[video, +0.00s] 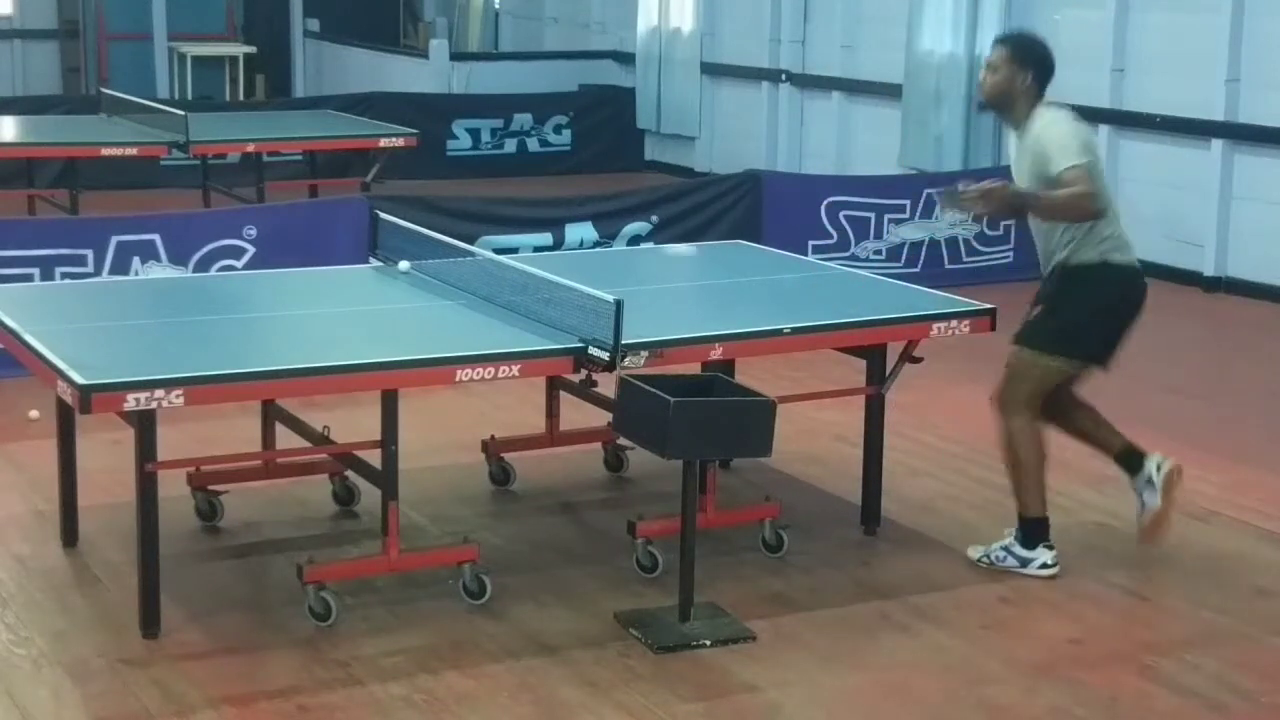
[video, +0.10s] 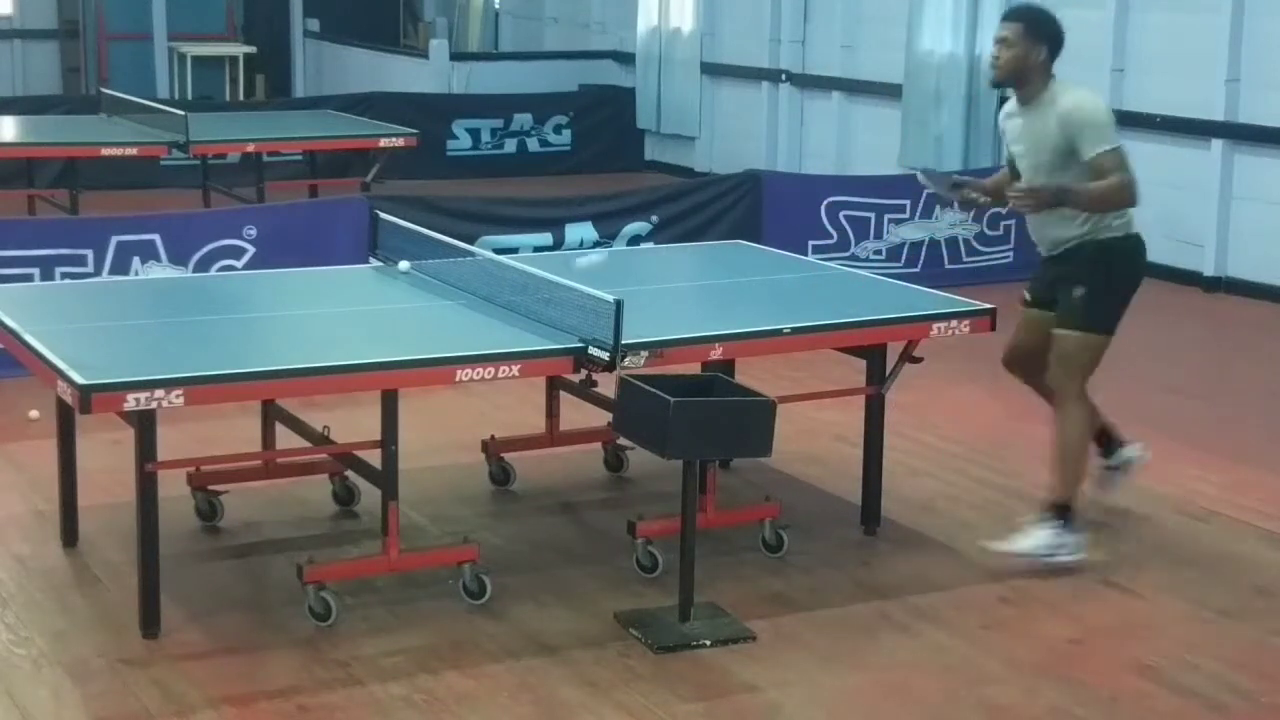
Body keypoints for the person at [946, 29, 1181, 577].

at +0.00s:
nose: (982, 78)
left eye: (993, 69)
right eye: (985, 68)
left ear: (1026, 79)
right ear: (1015, 80)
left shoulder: (1055, 126)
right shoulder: (1025, 134)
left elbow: (1088, 202)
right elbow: (1055, 207)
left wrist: (1016, 201)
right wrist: (996, 203)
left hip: (1099, 277)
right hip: (1083, 276)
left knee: (1015, 397)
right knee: (1044, 398)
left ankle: (1032, 542)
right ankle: (1144, 470)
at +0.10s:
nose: (995, 53)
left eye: (1007, 44)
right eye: (995, 44)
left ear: (1041, 53)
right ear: (1007, 54)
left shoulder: (1081, 108)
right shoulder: (1011, 114)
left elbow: (1123, 191)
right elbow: (1020, 175)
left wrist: (1057, 195)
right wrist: (978, 191)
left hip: (1106, 254)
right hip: (1060, 257)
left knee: (1065, 380)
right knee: (1023, 358)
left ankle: (1062, 522)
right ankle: (1114, 448)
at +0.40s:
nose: (1015, 120)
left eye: (1026, 112)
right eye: (1014, 110)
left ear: (1060, 118)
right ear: (1021, 113)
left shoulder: (1106, 170)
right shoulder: (1016, 170)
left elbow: (1144, 242)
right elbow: (1017, 240)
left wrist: (1076, 261)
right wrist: (980, 243)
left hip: (1117, 286)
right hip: (1058, 287)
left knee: (1113, 393)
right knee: (991, 360)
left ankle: (1188, 506)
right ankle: (1021, 443)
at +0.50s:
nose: (1012, 108)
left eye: (1023, 100)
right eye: (1011, 100)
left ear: (1057, 104)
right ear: (1014, 102)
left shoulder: (1103, 150)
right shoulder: (1020, 159)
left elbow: (1150, 224)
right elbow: (1024, 227)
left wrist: (1074, 240)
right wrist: (988, 239)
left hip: (1134, 268)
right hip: (1076, 271)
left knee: (1130, 379)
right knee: (1009, 347)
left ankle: (1204, 501)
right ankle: (1024, 438)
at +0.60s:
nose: (1021, 113)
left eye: (1032, 105)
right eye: (1019, 104)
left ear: (1066, 108)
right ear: (1022, 106)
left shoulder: (1108, 156)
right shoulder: (1032, 162)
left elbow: (1155, 232)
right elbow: (1040, 232)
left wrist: (1079, 239)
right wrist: (1008, 239)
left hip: (1139, 278)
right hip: (1084, 281)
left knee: (1135, 390)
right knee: (1021, 360)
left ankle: (1222, 502)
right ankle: (1050, 440)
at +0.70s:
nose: (1031, 114)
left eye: (1042, 106)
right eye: (1030, 105)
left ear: (1076, 110)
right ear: (1035, 109)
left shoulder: (1116, 159)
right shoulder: (1043, 163)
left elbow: (1157, 238)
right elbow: (1049, 235)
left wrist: (1080, 244)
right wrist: (1013, 239)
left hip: (1146, 283)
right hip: (1091, 283)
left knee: (1139, 393)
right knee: (1025, 359)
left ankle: (1223, 505)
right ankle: (1051, 440)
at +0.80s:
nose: (1037, 99)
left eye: (1048, 91)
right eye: (1036, 90)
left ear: (1082, 97)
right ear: (1041, 94)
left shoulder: (1122, 145)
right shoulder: (1050, 149)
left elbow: (1164, 224)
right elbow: (1061, 219)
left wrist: (1086, 232)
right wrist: (1031, 227)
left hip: (1155, 268)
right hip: (1099, 269)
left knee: (1150, 379)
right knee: (1040, 351)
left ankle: (1226, 500)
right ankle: (1052, 439)